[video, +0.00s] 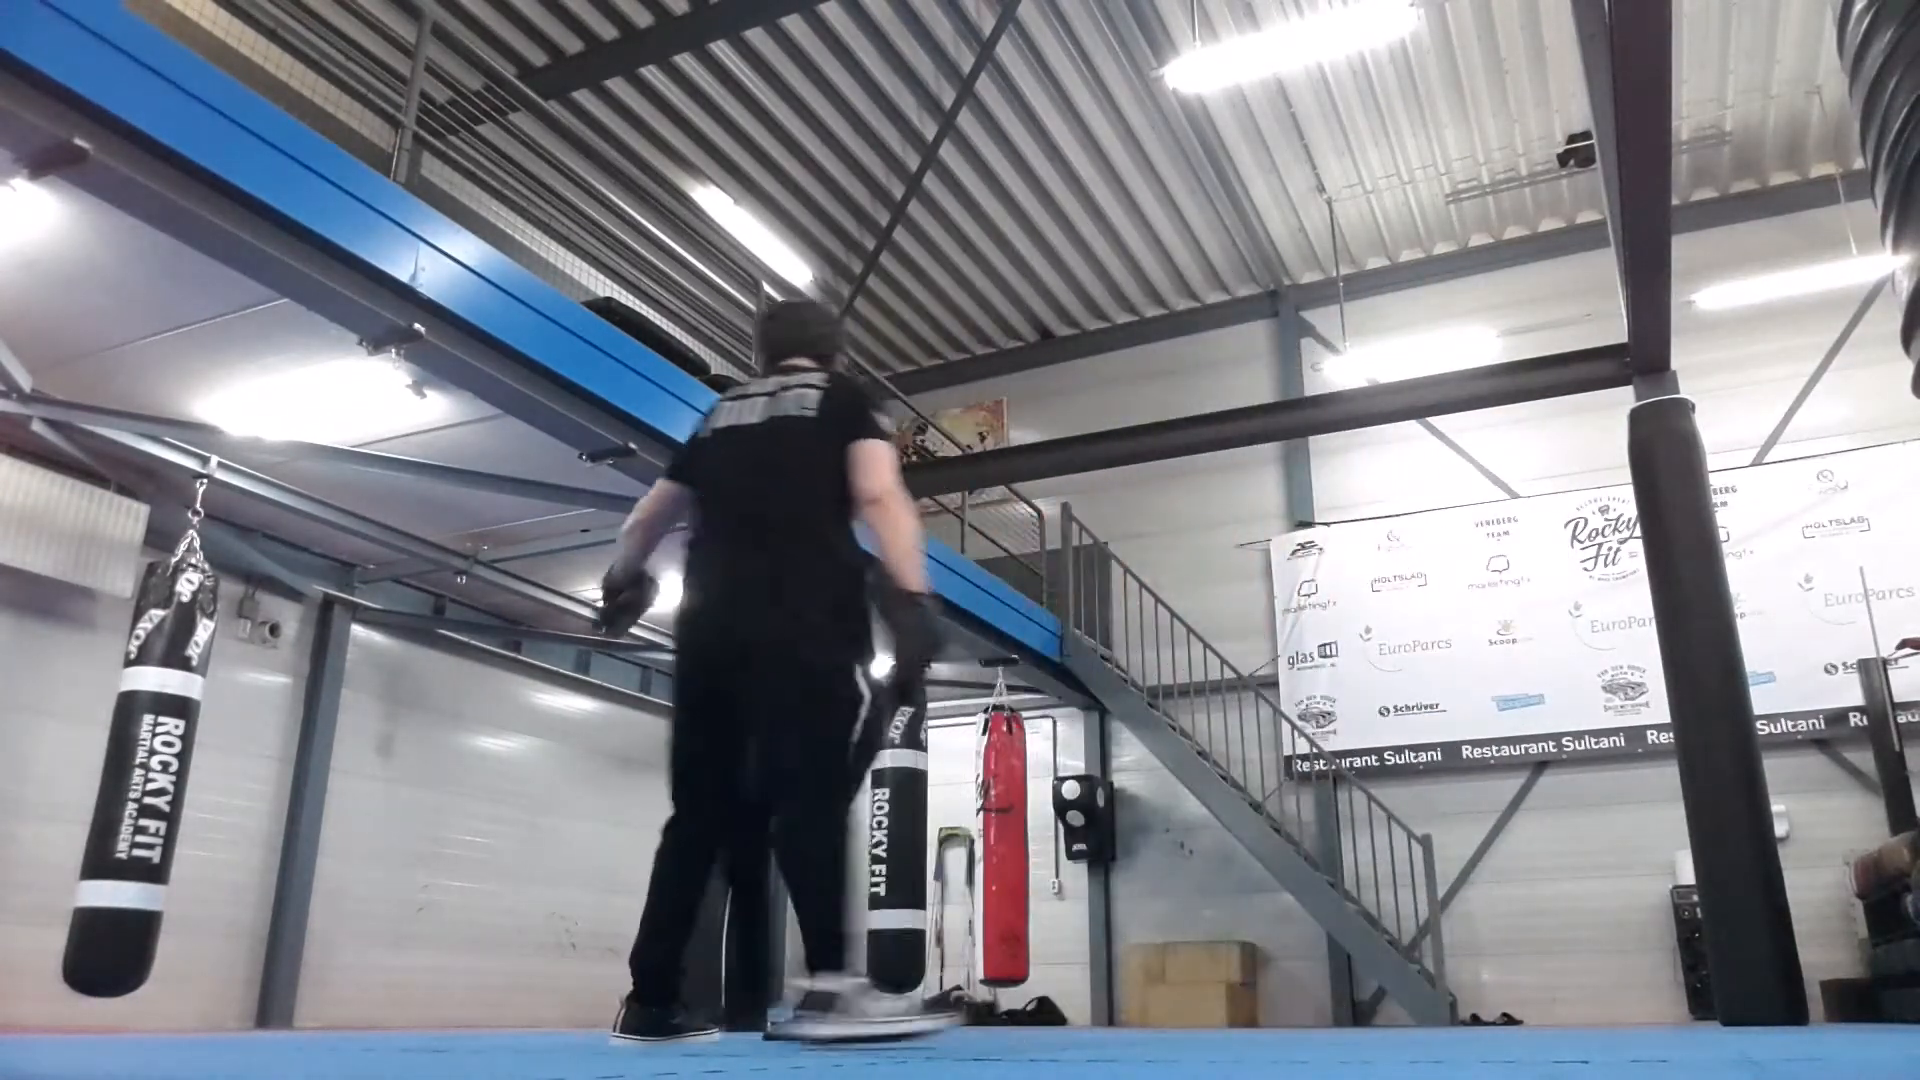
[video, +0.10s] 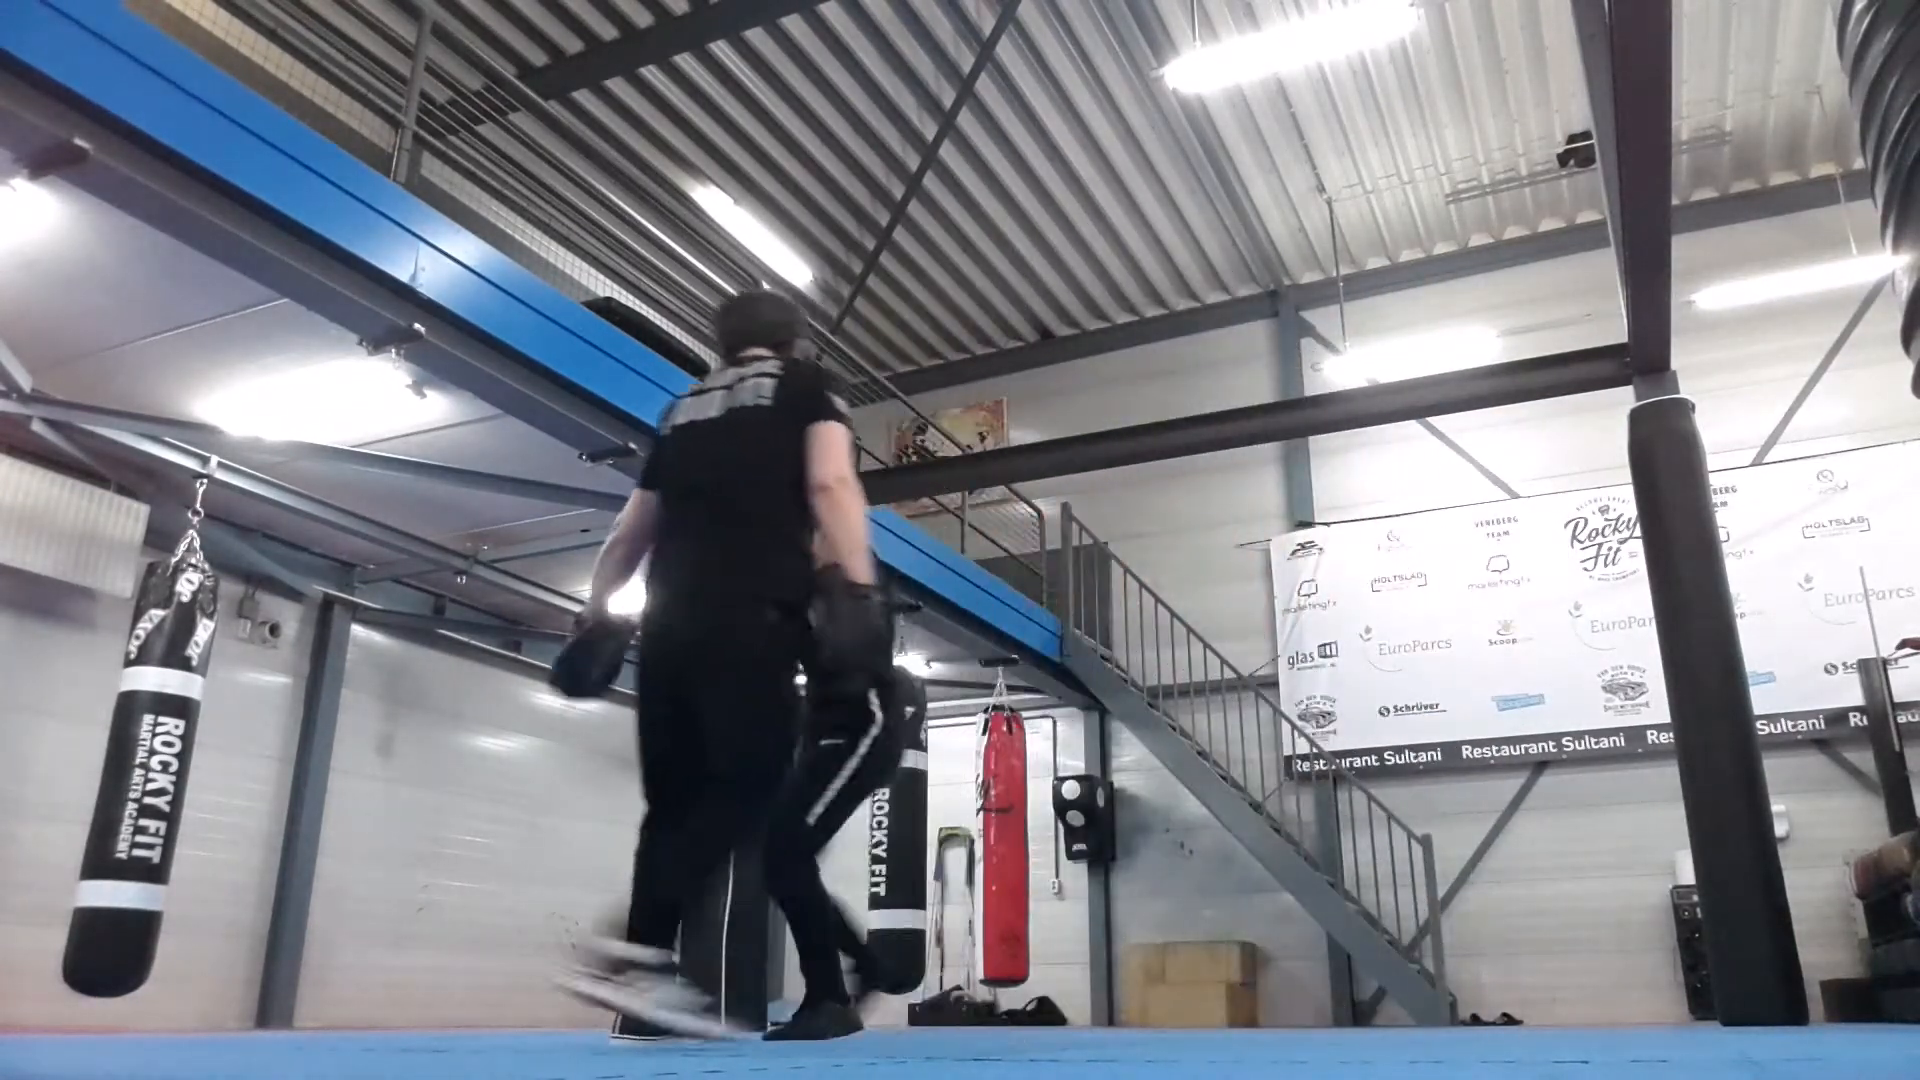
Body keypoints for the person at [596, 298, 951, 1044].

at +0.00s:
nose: (839, 362)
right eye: (838, 351)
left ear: (762, 352)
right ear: (830, 354)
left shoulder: (720, 416)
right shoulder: (843, 401)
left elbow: (652, 511)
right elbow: (880, 496)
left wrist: (624, 573)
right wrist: (914, 601)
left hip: (710, 641)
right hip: (806, 637)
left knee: (697, 814)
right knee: (813, 807)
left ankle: (650, 999)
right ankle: (833, 986)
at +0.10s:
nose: (808, 351)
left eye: (803, 341)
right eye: (804, 340)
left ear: (725, 343)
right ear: (790, 343)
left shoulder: (685, 411)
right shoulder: (805, 392)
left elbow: (632, 529)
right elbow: (832, 486)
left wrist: (597, 612)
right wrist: (861, 596)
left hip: (670, 630)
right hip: (752, 627)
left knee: (672, 800)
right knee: (749, 786)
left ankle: (646, 985)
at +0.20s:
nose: (776, 343)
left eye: (772, 332)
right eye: (770, 332)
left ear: (692, 340)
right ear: (752, 336)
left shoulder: (651, 409)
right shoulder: (768, 382)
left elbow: (613, 539)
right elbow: (790, 475)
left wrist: (583, 633)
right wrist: (830, 590)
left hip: (641, 614)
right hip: (711, 618)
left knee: (654, 800)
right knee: (652, 796)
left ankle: (646, 1003)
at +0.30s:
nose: (751, 352)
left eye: (748, 342)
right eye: (746, 341)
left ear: (664, 344)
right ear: (729, 342)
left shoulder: (623, 415)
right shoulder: (736, 379)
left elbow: (599, 540)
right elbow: (754, 479)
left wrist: (584, 627)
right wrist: (806, 587)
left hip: (613, 632)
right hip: (665, 637)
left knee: (678, 800)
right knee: (561, 784)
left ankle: (650, 997)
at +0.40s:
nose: (731, 374)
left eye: (731, 363)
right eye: (728, 361)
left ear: (650, 360)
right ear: (706, 359)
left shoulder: (604, 422)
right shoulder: (695, 399)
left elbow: (629, 538)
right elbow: (713, 500)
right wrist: (774, 601)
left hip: (593, 665)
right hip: (599, 667)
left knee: (687, 800)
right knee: (470, 811)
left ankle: (652, 995)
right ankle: (316, 979)